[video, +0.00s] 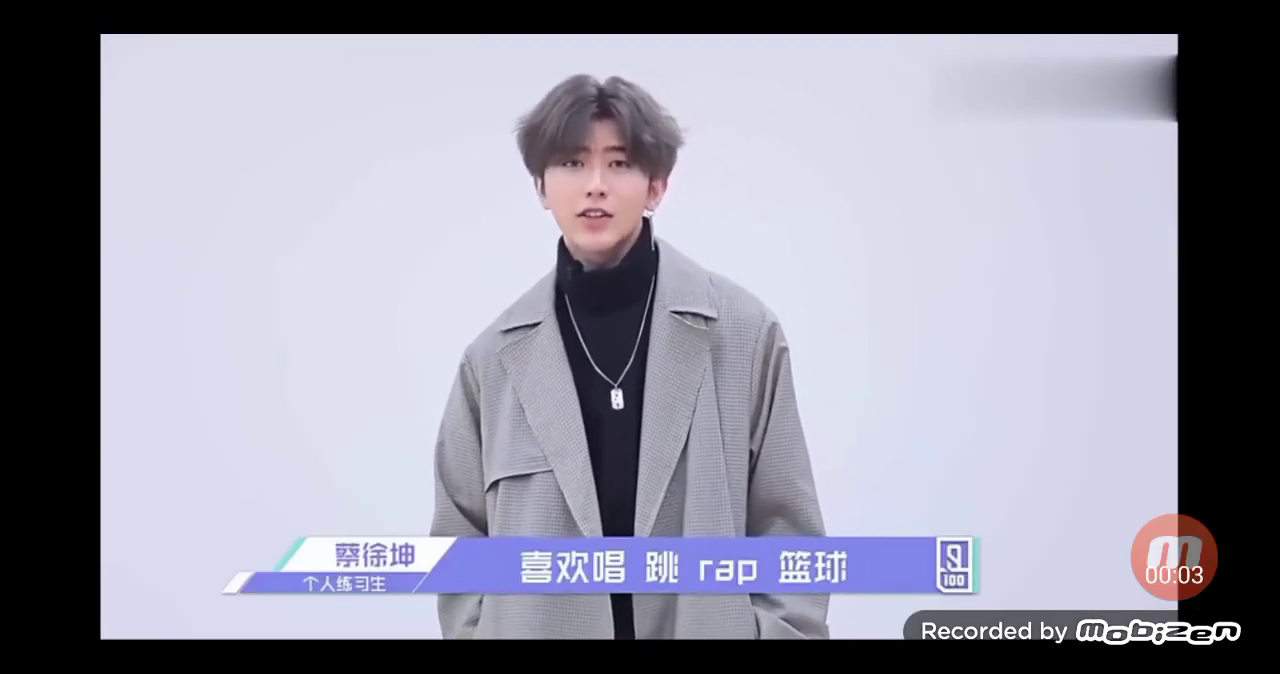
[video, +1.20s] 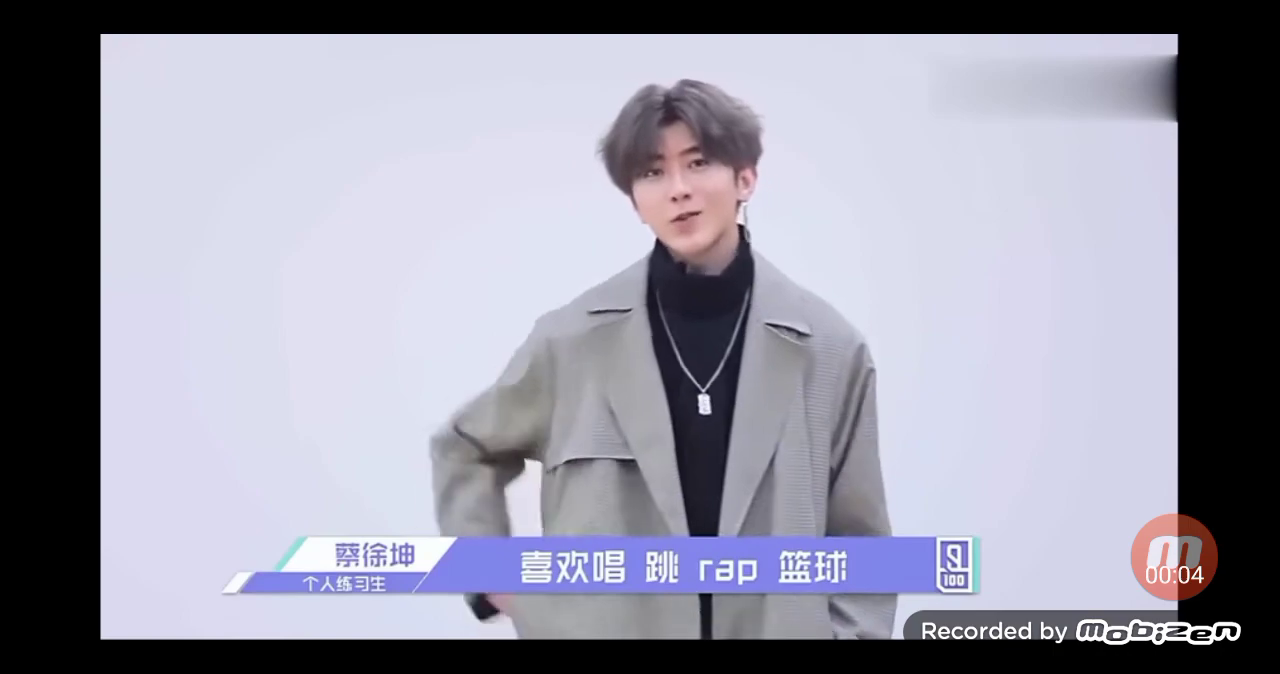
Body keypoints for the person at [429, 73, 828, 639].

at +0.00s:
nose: (595, 185)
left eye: (618, 164)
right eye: (572, 163)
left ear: (655, 188)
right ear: (542, 186)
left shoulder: (746, 333)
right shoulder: (489, 359)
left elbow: (791, 530)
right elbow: (455, 542)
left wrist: (776, 630)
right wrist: (476, 628)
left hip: (704, 629)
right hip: (541, 631)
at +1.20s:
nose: (677, 190)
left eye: (697, 163)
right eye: (652, 172)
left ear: (745, 178)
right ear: (633, 198)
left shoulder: (831, 349)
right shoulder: (567, 343)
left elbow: (862, 544)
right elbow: (465, 449)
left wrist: (843, 628)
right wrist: (496, 585)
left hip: (774, 624)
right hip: (605, 625)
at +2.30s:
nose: (687, 196)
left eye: (708, 172)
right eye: (664, 180)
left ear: (755, 189)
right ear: (643, 204)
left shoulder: (808, 325)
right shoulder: (592, 314)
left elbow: (863, 431)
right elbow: (531, 450)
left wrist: (900, 470)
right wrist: (484, 429)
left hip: (744, 623)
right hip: (604, 623)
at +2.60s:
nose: (596, 205)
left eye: (617, 180)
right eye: (576, 190)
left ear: (672, 187)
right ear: (561, 208)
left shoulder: (753, 326)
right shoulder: (553, 333)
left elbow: (795, 500)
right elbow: (571, 477)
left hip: (706, 622)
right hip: (577, 627)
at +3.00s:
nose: (466, 248)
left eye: (490, 228)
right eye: (463, 228)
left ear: (556, 242)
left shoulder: (654, 337)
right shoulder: (492, 382)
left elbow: (775, 446)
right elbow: (569, 501)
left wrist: (749, 556)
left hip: (677, 618)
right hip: (561, 626)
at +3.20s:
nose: (499, 209)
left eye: (526, 191)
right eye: (493, 189)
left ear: (587, 216)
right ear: (482, 199)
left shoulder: (665, 327)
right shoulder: (477, 355)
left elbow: (810, 410)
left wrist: (735, 538)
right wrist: (385, 606)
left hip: (675, 606)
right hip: (560, 619)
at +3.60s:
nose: (512, 171)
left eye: (540, 157)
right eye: (510, 156)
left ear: (595, 193)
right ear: (499, 169)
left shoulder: (648, 309)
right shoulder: (486, 304)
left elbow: (755, 452)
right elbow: (417, 330)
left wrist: (672, 440)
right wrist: (478, 207)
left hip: (637, 607)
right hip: (522, 616)